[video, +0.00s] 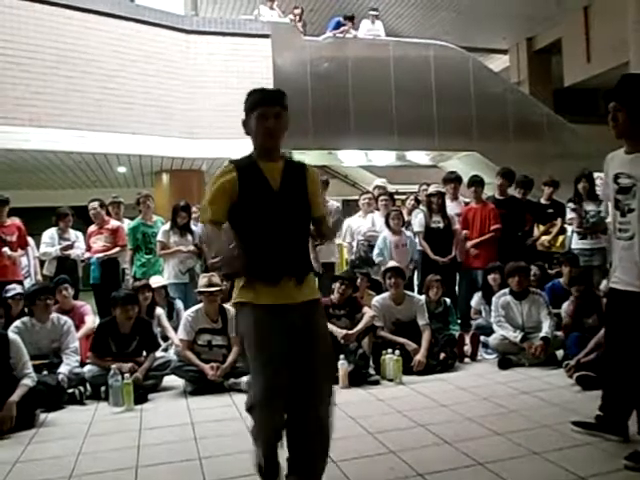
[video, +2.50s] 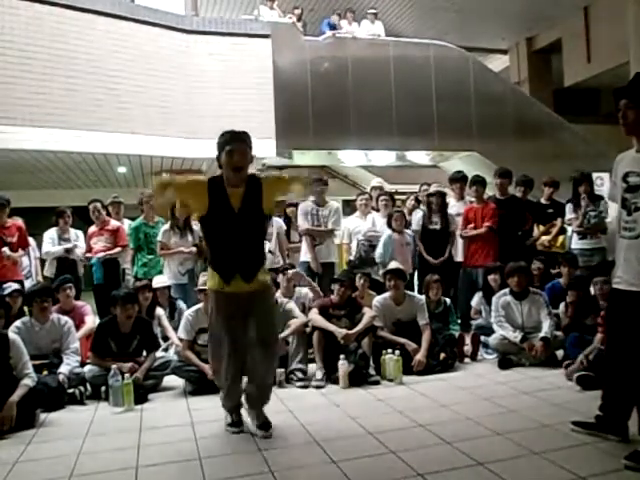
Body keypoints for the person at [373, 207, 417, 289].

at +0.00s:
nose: (396, 222)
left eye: (398, 219)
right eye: (393, 219)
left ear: (402, 220)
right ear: (388, 221)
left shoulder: (409, 235)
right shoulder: (384, 236)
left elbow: (415, 252)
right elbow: (377, 255)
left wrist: (411, 266)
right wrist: (389, 265)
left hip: (407, 272)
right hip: (390, 272)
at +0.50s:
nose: (397, 222)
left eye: (399, 218)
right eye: (393, 219)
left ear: (403, 220)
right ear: (388, 221)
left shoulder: (408, 235)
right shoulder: (385, 237)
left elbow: (414, 251)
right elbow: (382, 255)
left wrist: (413, 265)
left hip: (408, 272)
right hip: (392, 272)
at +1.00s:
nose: (397, 222)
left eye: (399, 219)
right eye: (393, 219)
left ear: (403, 221)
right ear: (388, 221)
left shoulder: (408, 235)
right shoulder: (386, 237)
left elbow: (413, 251)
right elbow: (383, 255)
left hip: (408, 271)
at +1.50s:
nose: (398, 222)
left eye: (400, 219)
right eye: (394, 220)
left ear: (403, 221)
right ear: (389, 221)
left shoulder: (409, 235)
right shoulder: (386, 235)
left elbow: (414, 249)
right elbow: (376, 251)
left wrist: (413, 261)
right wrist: (385, 264)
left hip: (408, 271)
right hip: (392, 271)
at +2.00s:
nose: (399, 223)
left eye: (401, 220)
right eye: (395, 220)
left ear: (404, 221)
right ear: (390, 221)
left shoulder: (409, 235)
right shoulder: (388, 235)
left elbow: (413, 251)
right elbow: (375, 250)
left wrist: (412, 263)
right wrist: (383, 263)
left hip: (408, 271)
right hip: (392, 271)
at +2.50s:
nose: (399, 223)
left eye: (401, 220)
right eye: (396, 220)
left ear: (405, 221)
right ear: (390, 222)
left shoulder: (410, 235)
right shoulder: (388, 236)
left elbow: (413, 253)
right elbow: (379, 256)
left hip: (409, 272)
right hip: (394, 273)